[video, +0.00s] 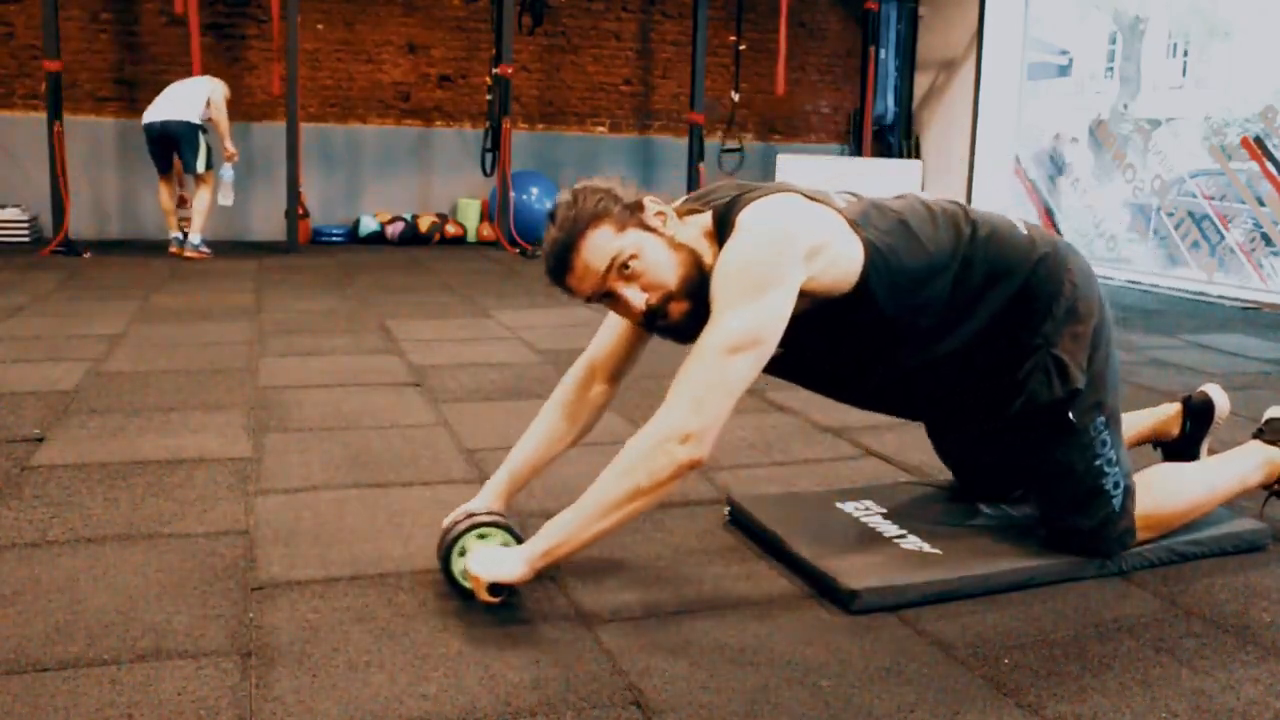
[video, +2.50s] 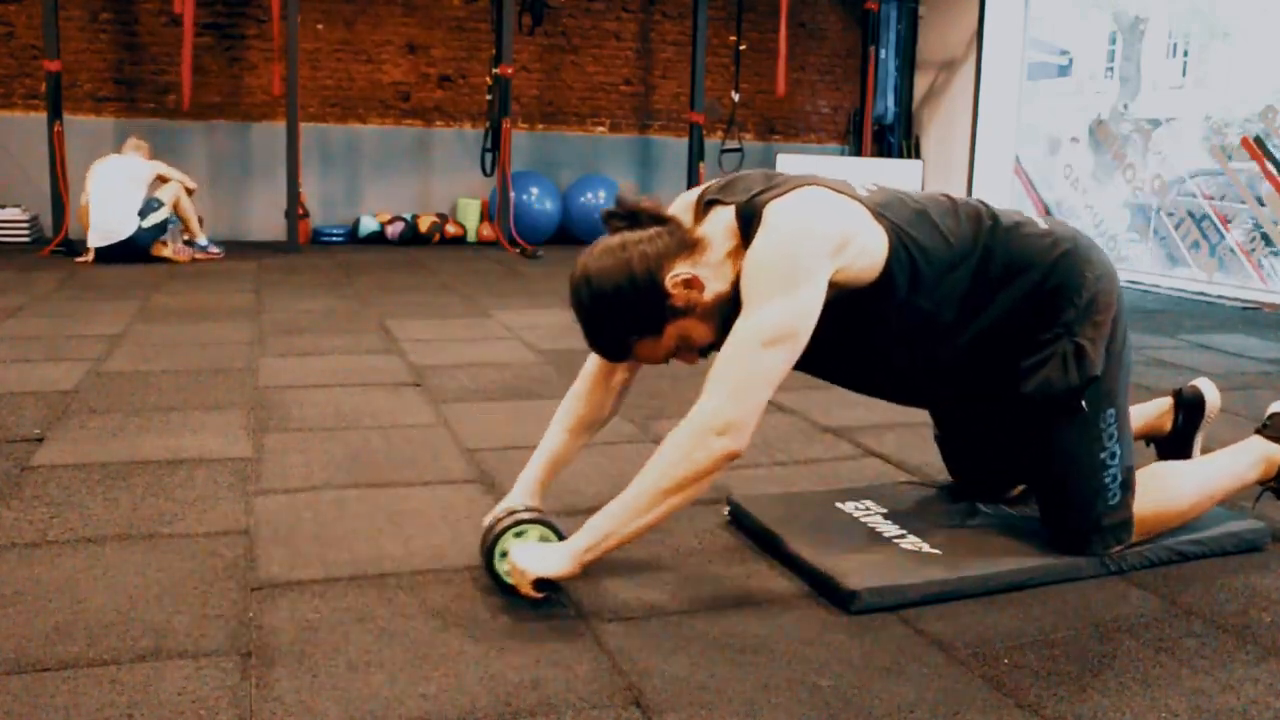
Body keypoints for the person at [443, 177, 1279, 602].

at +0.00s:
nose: (629, 296)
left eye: (625, 268)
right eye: (610, 292)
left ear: (658, 216)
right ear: (609, 285)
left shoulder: (764, 242)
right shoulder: (672, 263)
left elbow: (677, 443)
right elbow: (585, 383)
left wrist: (534, 553)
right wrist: (493, 491)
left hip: (1035, 313)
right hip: (953, 346)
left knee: (1102, 524)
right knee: (997, 485)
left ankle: (1270, 460)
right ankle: (1176, 417)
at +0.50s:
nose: (482, 402)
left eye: (474, 371)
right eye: (460, 401)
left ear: (513, 309)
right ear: (466, 377)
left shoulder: (624, 330)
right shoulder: (550, 326)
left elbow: (510, 524)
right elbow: (442, 439)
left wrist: (331, 587)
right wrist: (313, 519)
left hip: (937, 378)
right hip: (872, 398)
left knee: (1098, 530)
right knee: (1042, 486)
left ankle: (1258, 458)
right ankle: (1198, 419)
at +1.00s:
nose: (481, 500)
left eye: (473, 493)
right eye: (452, 489)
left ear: (497, 441)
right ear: (457, 421)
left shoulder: (587, 395)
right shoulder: (500, 366)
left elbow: (439, 578)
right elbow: (392, 479)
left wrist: (248, 600)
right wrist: (252, 535)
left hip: (907, 415)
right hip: (835, 396)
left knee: (1094, 516)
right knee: (1021, 451)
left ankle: (1258, 461)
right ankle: (1180, 411)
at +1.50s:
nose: (485, 487)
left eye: (480, 481)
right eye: (456, 476)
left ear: (513, 421)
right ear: (471, 392)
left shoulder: (599, 375)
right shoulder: (515, 346)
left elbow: (439, 545)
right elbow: (398, 466)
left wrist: (263, 597)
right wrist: (256, 530)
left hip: (927, 385)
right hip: (865, 356)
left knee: (1091, 523)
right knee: (1025, 466)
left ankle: (1261, 458)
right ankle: (1176, 408)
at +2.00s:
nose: (562, 435)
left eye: (544, 430)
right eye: (540, 431)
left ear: (565, 369)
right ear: (553, 367)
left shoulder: (653, 326)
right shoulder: (574, 310)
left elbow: (539, 511)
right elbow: (466, 430)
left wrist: (369, 582)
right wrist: (347, 511)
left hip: (972, 339)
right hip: (925, 321)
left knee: (1095, 522)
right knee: (1021, 485)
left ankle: (1262, 456)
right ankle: (1183, 408)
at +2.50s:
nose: (687, 366)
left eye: (673, 350)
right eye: (663, 362)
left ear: (686, 288)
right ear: (671, 289)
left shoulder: (795, 236)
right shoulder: (674, 230)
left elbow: (718, 437)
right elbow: (604, 372)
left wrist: (575, 551)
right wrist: (526, 491)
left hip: (1052, 296)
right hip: (963, 332)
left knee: (1099, 522)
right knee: (987, 480)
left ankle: (1268, 454)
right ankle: (1174, 411)